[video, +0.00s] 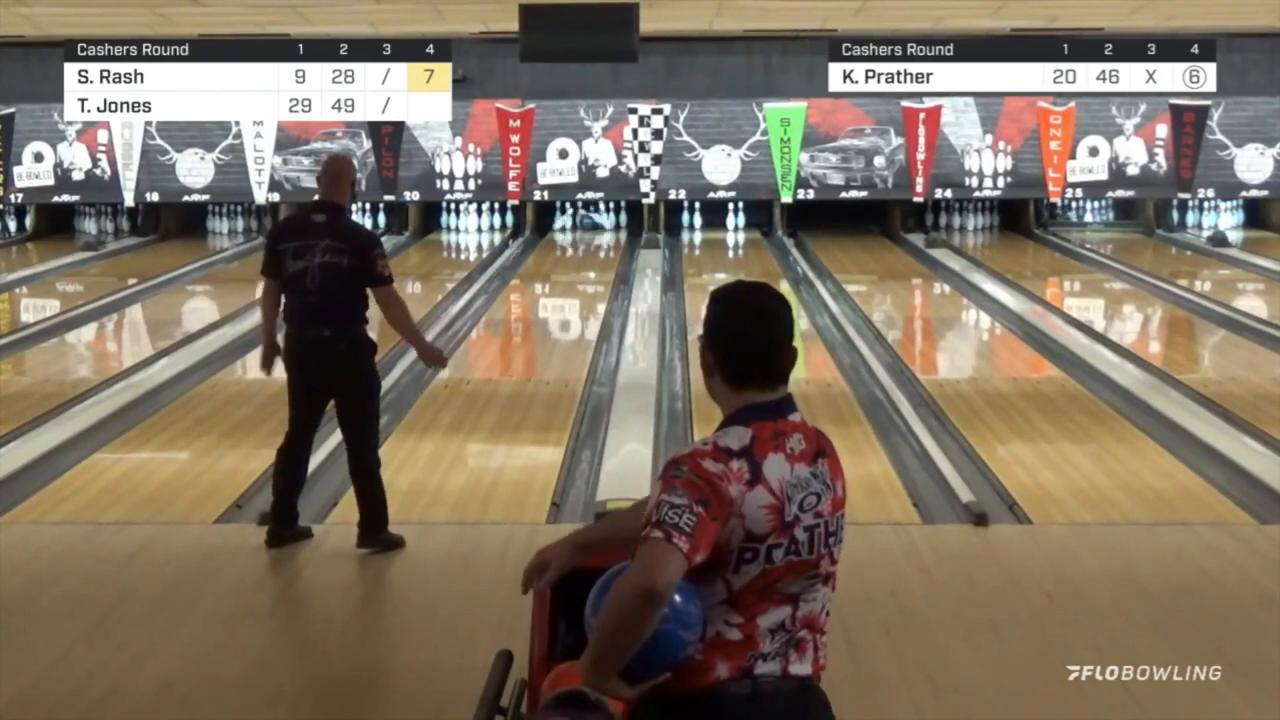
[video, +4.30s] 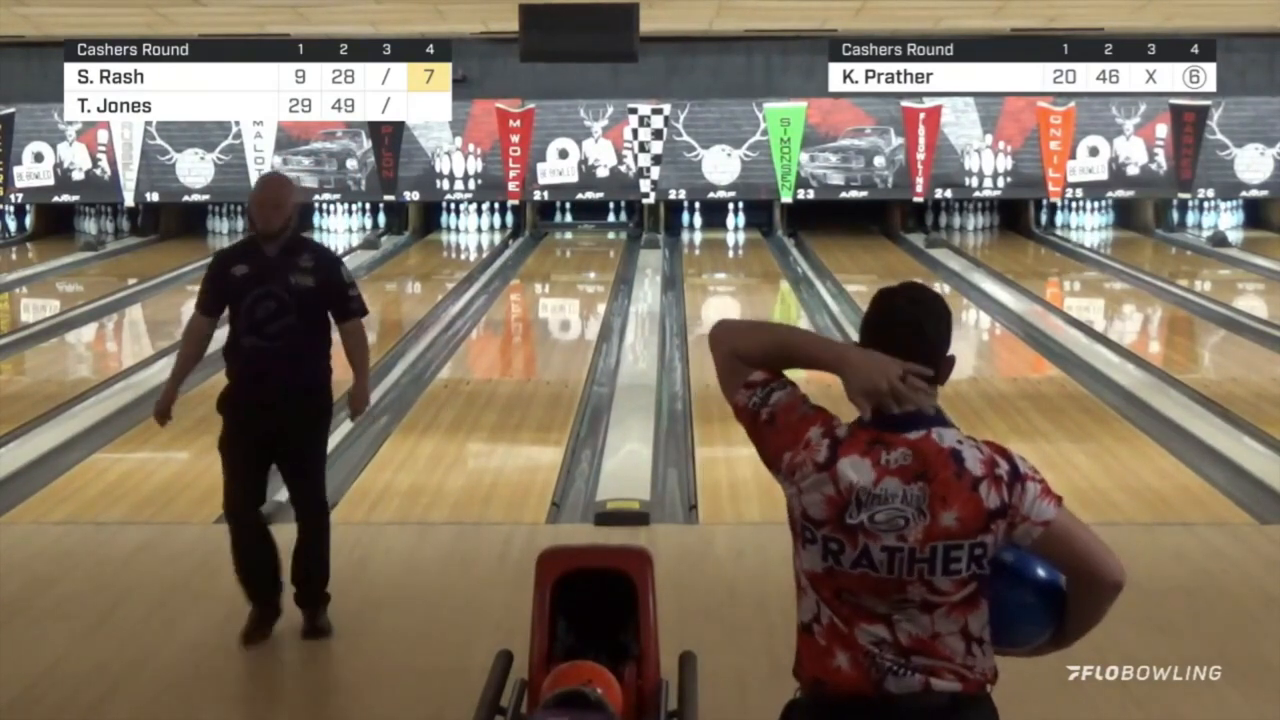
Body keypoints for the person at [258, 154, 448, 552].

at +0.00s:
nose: (354, 190)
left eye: (350, 183)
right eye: (354, 184)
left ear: (318, 184)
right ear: (351, 187)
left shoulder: (284, 231)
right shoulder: (362, 239)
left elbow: (270, 291)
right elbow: (389, 302)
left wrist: (269, 339)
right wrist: (423, 346)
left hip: (301, 351)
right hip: (350, 354)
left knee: (297, 436)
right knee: (362, 445)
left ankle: (282, 524)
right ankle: (373, 530)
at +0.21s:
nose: (342, 190)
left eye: (336, 182)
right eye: (342, 184)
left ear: (309, 183)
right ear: (340, 188)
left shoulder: (275, 232)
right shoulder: (354, 240)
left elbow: (265, 285)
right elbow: (370, 299)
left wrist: (289, 314)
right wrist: (374, 328)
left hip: (296, 348)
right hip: (346, 349)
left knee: (293, 436)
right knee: (359, 442)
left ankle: (281, 524)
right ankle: (373, 527)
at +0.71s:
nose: (320, 189)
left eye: (317, 182)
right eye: (318, 184)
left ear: (281, 187)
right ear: (313, 190)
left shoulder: (250, 231)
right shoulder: (329, 240)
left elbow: (227, 287)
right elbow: (344, 304)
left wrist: (215, 338)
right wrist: (328, 332)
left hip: (269, 349)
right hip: (318, 351)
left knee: (273, 436)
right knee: (339, 437)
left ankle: (280, 525)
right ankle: (344, 524)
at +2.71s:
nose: (319, 211)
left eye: (319, 204)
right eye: (316, 204)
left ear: (282, 200)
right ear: (303, 201)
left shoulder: (243, 233)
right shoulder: (311, 233)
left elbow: (234, 297)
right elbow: (327, 298)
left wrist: (241, 343)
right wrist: (342, 344)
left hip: (251, 345)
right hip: (291, 345)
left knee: (265, 430)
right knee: (297, 434)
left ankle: (277, 522)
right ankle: (290, 533)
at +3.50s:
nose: (318, 212)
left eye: (319, 204)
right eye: (314, 203)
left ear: (292, 201)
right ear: (295, 202)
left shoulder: (286, 246)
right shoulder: (268, 251)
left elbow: (291, 320)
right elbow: (265, 331)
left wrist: (310, 374)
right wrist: (289, 389)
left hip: (297, 370)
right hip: (267, 376)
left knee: (318, 448)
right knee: (282, 461)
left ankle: (318, 537)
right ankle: (282, 557)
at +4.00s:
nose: (304, 218)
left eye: (310, 209)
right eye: (297, 209)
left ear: (315, 213)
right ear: (276, 211)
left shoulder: (328, 267)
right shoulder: (241, 267)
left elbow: (348, 330)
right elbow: (224, 332)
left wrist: (368, 383)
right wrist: (235, 387)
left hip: (313, 395)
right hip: (258, 397)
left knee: (315, 492)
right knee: (269, 489)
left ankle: (316, 594)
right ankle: (285, 560)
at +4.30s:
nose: (265, 215)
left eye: (275, 207)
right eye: (259, 205)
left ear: (294, 210)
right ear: (249, 206)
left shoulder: (321, 263)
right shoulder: (228, 264)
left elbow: (351, 326)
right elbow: (200, 327)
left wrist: (362, 382)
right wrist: (172, 386)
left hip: (305, 403)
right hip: (246, 403)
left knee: (311, 506)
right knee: (240, 508)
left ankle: (313, 604)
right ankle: (263, 602)